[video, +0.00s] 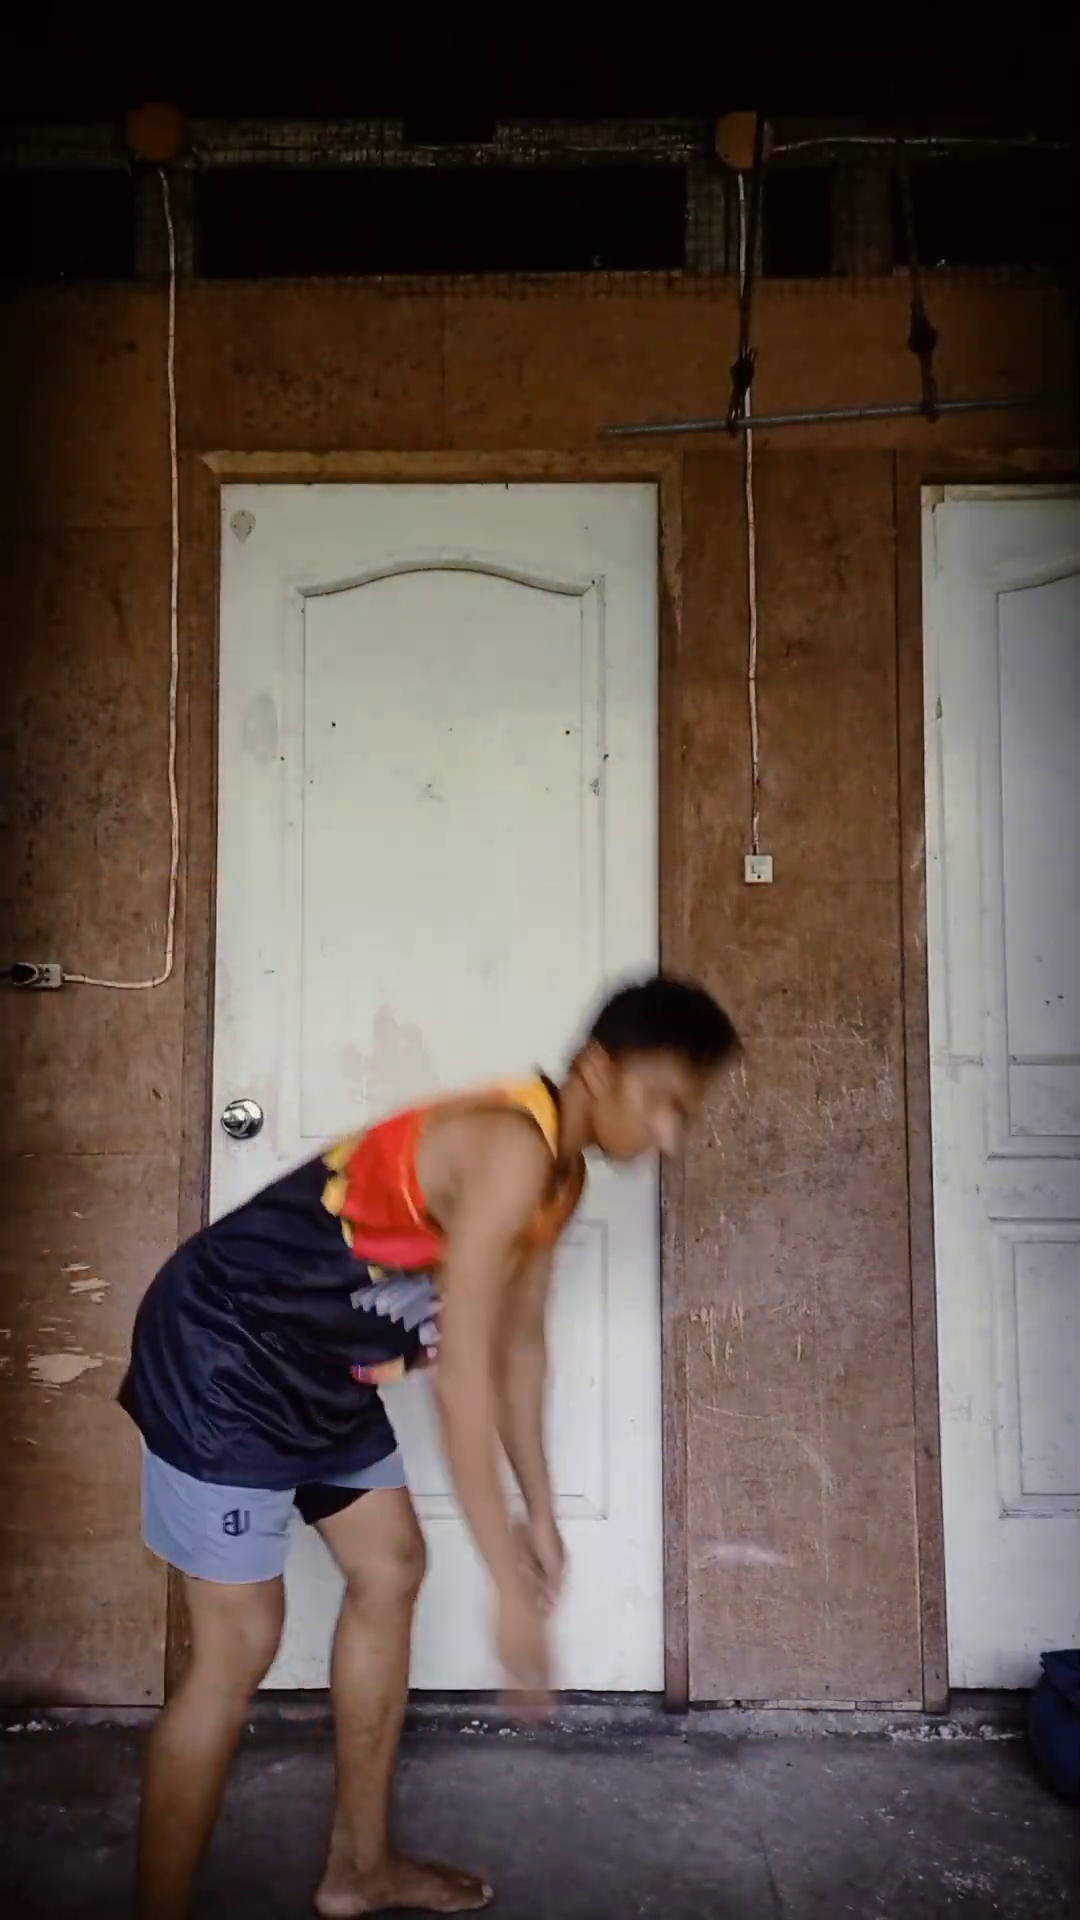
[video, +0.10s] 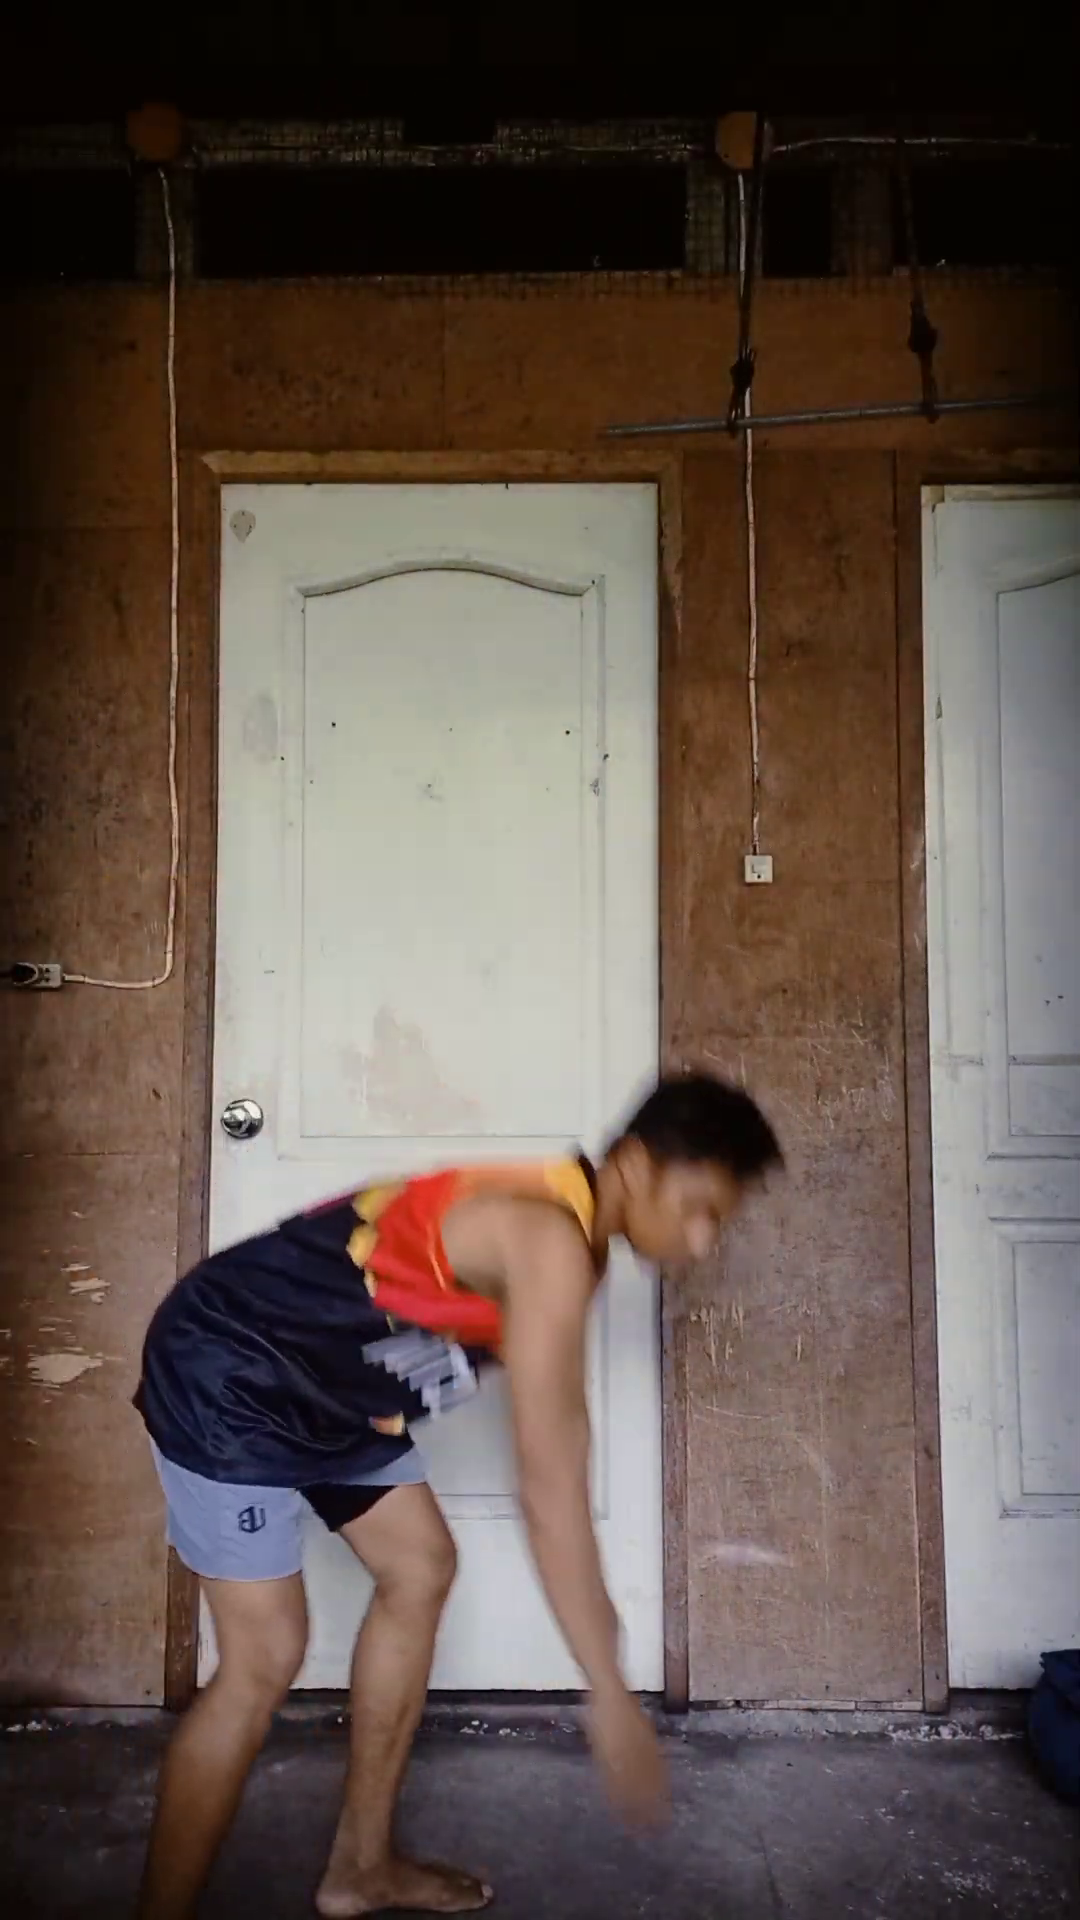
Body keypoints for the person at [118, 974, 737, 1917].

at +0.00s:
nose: (674, 1135)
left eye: (686, 1116)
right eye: (669, 1105)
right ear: (598, 1066)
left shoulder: (559, 1170)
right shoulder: (510, 1151)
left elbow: (520, 1347)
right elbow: (462, 1368)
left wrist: (539, 1511)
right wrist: (506, 1572)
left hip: (317, 1357)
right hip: (222, 1341)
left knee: (387, 1563)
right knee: (238, 1633)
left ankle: (360, 1865)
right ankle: (161, 1902)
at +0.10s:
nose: (705, 1242)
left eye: (720, 1221)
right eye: (699, 1210)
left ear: (630, 1164)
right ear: (633, 1165)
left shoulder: (571, 1219)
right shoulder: (547, 1240)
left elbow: (555, 1468)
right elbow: (551, 1491)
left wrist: (596, 1621)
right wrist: (609, 1690)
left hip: (324, 1377)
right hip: (226, 1363)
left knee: (418, 1568)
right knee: (262, 1654)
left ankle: (362, 1865)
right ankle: (162, 1906)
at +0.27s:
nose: (731, 1399)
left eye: (754, 1384)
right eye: (732, 1362)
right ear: (679, 1308)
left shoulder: (615, 1332)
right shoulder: (606, 1391)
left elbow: (670, 1617)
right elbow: (669, 1640)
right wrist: (769, 1865)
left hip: (328, 1392)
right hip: (251, 1385)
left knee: (460, 1572)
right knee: (303, 1680)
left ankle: (364, 1867)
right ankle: (173, 1906)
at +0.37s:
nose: (749, 1470)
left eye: (775, 1469)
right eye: (757, 1436)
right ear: (715, 1370)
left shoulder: (658, 1406)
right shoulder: (635, 1448)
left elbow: (710, 1598)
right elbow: (705, 1696)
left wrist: (784, 1743)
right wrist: (808, 1903)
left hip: (355, 1405)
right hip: (282, 1389)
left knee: (483, 1577)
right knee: (327, 1690)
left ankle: (367, 1866)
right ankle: (164, 1910)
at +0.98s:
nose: (932, 1485)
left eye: (957, 1481)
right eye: (931, 1450)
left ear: (952, 1495)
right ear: (874, 1402)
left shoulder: (802, 1461)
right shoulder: (814, 1496)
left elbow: (799, 1696)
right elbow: (801, 1736)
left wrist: (837, 1828)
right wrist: (831, 1904)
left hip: (506, 1517)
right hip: (422, 1477)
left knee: (568, 1665)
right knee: (196, 1704)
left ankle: (327, 1776)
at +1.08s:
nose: (953, 1506)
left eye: (977, 1497)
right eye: (950, 1468)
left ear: (966, 1501)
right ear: (892, 1417)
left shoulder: (815, 1480)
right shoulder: (838, 1512)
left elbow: (813, 1726)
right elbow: (865, 1750)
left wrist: (877, 1863)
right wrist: (909, 1905)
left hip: (489, 1540)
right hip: (431, 1501)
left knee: (466, 1747)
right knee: (200, 1704)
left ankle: (199, 1742)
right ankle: (2, 1839)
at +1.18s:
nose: (973, 1537)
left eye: (994, 1524)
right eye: (974, 1504)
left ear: (923, 1466)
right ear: (912, 1445)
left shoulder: (824, 1473)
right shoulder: (865, 1549)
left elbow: (809, 1697)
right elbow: (907, 1794)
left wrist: (852, 1845)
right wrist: (951, 1915)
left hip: (481, 1545)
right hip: (446, 1530)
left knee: (364, 1777)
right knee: (190, 1728)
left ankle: (118, 1734)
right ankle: (0, 1843)